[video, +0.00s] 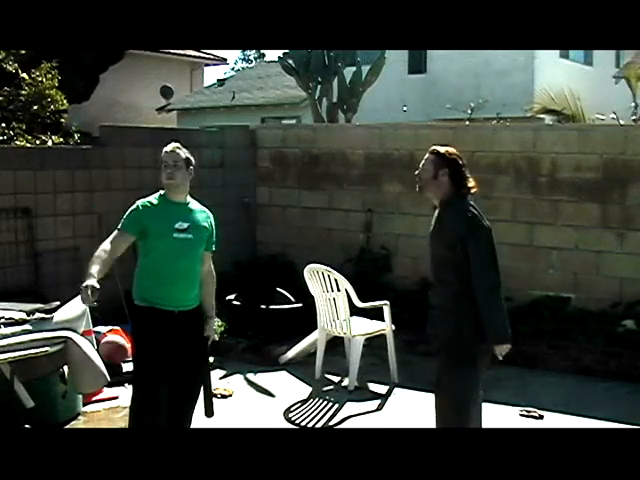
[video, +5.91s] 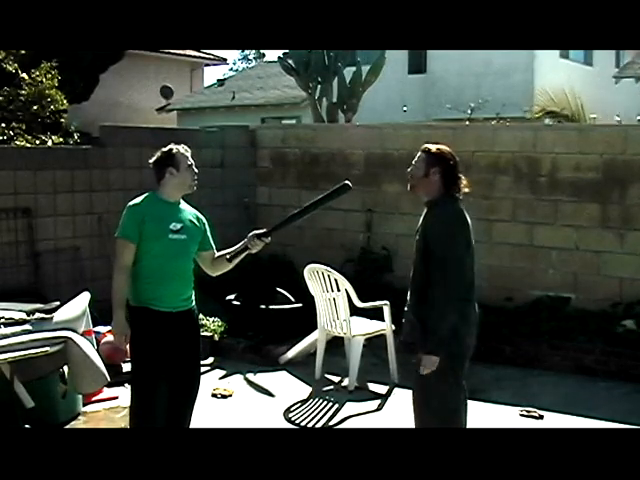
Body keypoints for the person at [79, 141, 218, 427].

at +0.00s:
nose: (167, 170)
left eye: (174, 165)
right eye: (164, 165)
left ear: (190, 171)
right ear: (160, 171)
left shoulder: (204, 216)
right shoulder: (144, 210)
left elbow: (207, 269)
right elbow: (111, 248)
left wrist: (210, 316)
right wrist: (92, 277)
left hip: (189, 317)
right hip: (149, 315)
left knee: (185, 393)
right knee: (150, 392)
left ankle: (177, 429)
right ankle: (144, 431)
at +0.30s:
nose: (196, 166)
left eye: (196, 162)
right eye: (188, 162)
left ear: (195, 173)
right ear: (167, 170)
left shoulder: (204, 219)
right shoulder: (144, 210)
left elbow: (214, 270)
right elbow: (104, 241)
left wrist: (241, 303)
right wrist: (78, 264)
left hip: (191, 316)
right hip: (153, 315)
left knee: (188, 390)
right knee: (154, 389)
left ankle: (178, 432)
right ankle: (146, 432)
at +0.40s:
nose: (203, 170)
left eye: (201, 165)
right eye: (196, 165)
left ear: (184, 173)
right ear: (176, 171)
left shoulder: (204, 220)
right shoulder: (146, 210)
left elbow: (211, 268)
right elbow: (113, 255)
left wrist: (249, 278)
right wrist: (99, 300)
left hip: (191, 317)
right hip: (153, 316)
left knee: (188, 391)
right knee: (155, 391)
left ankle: (178, 432)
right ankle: (147, 433)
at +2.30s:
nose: (189, 175)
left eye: (188, 169)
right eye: (183, 169)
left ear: (167, 173)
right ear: (162, 173)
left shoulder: (190, 216)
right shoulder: (129, 212)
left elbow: (203, 268)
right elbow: (117, 269)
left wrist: (220, 313)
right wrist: (121, 320)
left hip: (181, 320)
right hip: (143, 321)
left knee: (180, 401)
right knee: (144, 403)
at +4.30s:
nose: (205, 174)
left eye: (204, 168)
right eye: (199, 168)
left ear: (185, 175)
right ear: (180, 175)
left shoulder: (205, 219)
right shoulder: (146, 212)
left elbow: (216, 267)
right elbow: (131, 268)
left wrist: (250, 276)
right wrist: (127, 319)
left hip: (192, 320)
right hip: (155, 318)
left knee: (186, 399)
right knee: (153, 399)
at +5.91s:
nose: (196, 171)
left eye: (195, 166)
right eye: (190, 166)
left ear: (177, 173)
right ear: (170, 172)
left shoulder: (195, 219)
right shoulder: (138, 211)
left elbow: (212, 266)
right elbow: (122, 266)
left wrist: (245, 247)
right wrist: (119, 316)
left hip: (185, 318)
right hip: (148, 318)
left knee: (184, 394)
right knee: (150, 396)